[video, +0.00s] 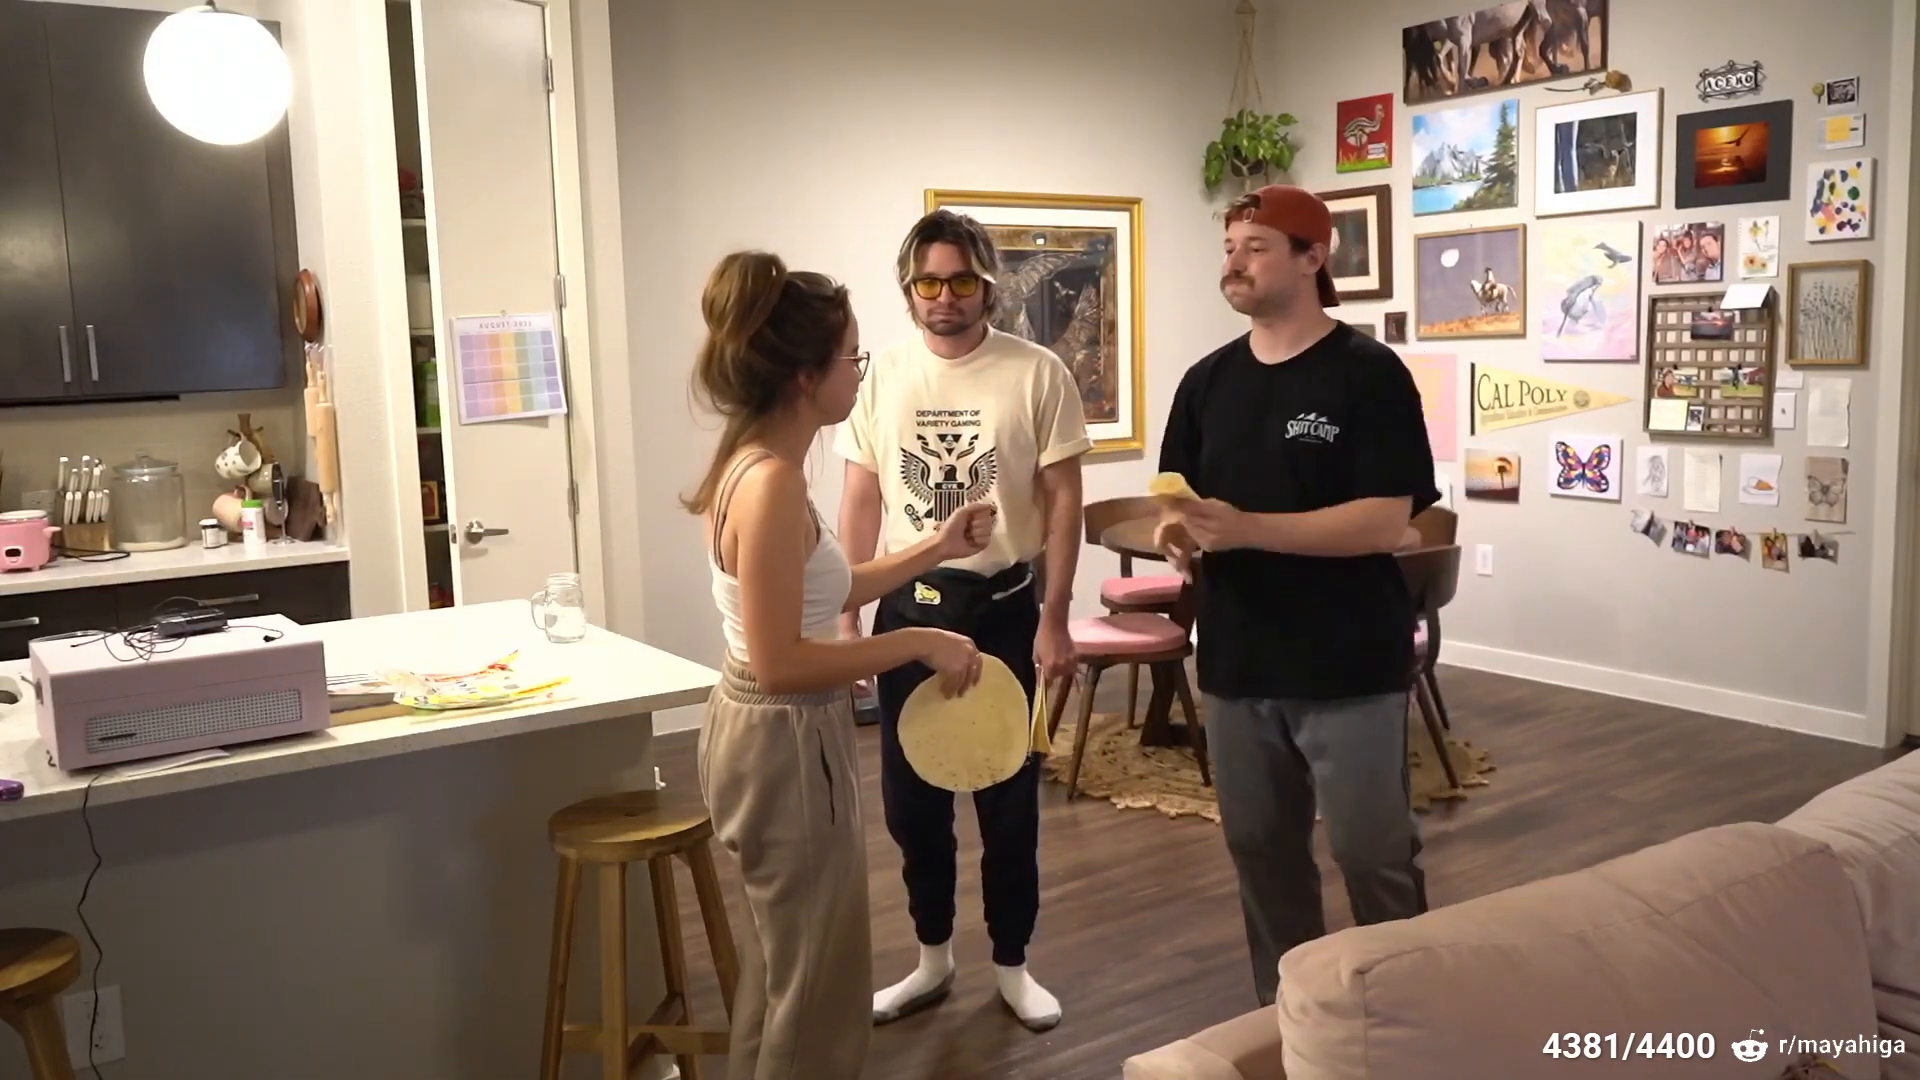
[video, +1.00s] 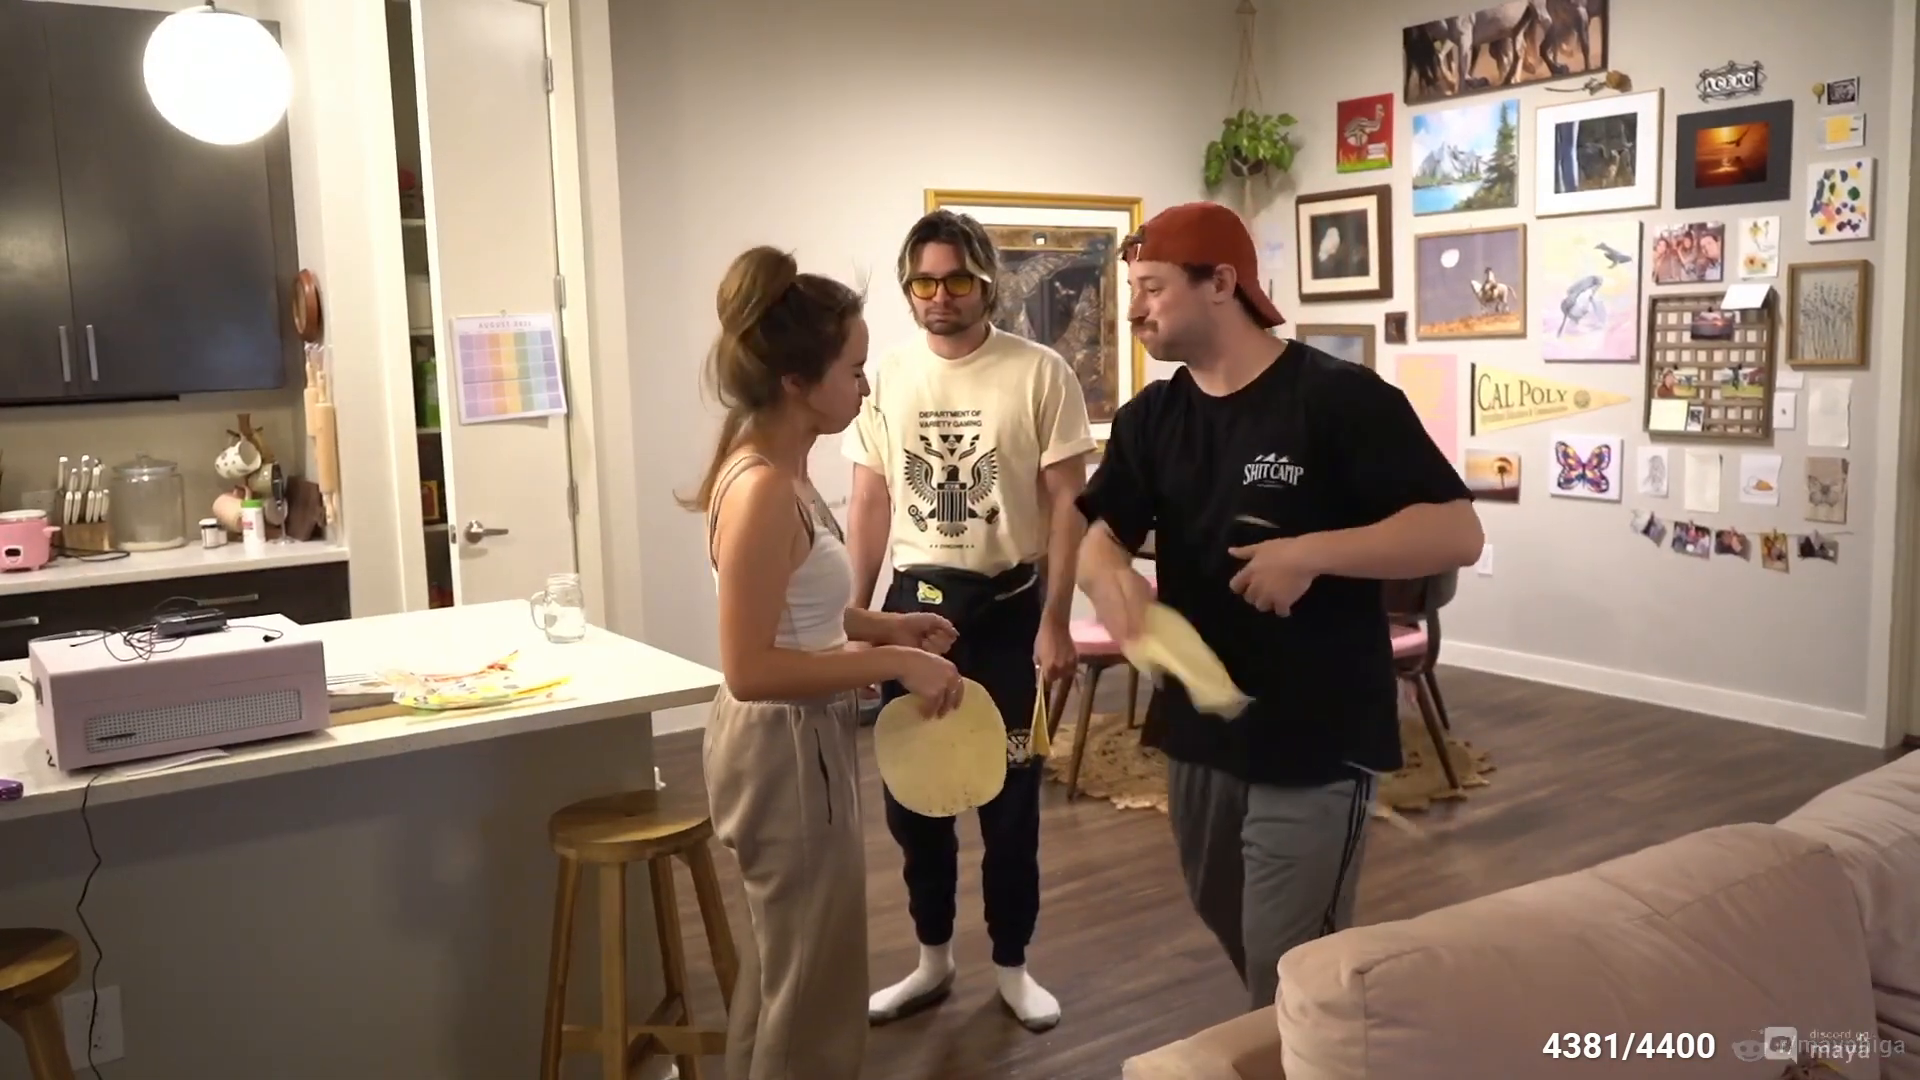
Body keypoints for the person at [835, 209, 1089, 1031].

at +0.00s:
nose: (945, 297)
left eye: (960, 282)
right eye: (929, 283)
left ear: (988, 285)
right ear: (909, 290)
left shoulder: (1036, 371)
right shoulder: (885, 375)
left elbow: (1064, 499)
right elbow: (861, 502)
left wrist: (1054, 616)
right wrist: (855, 617)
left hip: (1006, 606)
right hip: (909, 608)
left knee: (1008, 791)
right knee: (913, 795)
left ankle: (1011, 965)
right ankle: (932, 958)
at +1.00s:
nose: (939, 297)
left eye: (956, 281)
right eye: (924, 283)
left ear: (988, 284)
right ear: (907, 290)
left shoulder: (1039, 370)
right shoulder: (891, 373)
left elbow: (1067, 501)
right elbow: (870, 498)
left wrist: (1057, 620)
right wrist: (857, 612)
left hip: (1006, 601)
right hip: (911, 602)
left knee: (1010, 792)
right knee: (913, 789)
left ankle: (1012, 966)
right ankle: (932, 959)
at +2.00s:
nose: (943, 302)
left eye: (962, 285)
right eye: (932, 285)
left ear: (997, 287)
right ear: (914, 284)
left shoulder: (1048, 374)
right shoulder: (898, 370)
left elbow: (1082, 495)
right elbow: (867, 503)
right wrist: (857, 625)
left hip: (1010, 612)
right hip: (915, 603)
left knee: (1013, 805)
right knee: (920, 805)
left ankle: (1012, 964)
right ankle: (935, 956)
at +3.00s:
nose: (935, 304)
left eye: (952, 288)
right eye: (921, 289)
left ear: (992, 291)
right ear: (907, 294)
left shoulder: (1052, 376)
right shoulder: (891, 381)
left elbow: (1079, 505)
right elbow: (879, 503)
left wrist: (1066, 630)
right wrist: (864, 617)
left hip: (1016, 610)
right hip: (921, 610)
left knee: (1015, 800)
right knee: (926, 797)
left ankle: (1014, 964)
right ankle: (931, 954)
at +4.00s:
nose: (929, 295)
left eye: (946, 281)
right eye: (917, 281)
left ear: (986, 287)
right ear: (904, 290)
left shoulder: (1049, 376)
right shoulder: (889, 380)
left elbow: (1080, 504)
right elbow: (879, 504)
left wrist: (1067, 627)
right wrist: (863, 622)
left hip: (1016, 613)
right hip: (919, 612)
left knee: (1015, 801)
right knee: (919, 802)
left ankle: (1012, 967)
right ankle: (934, 958)